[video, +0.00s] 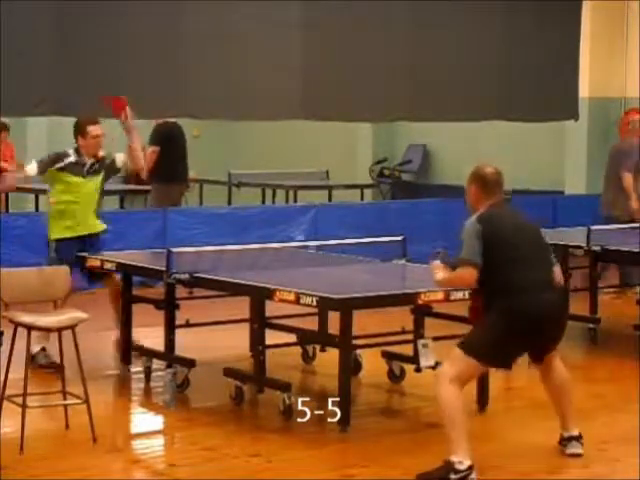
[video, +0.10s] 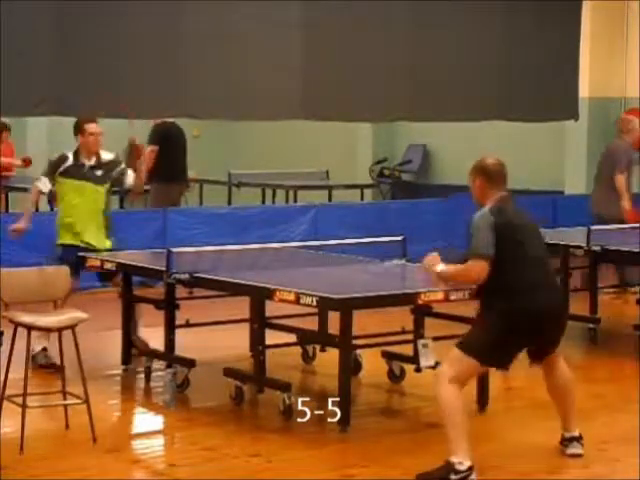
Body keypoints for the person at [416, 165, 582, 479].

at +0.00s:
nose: (466, 197)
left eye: (467, 191)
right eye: (467, 191)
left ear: (474, 191)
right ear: (500, 190)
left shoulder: (477, 223)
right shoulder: (526, 222)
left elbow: (469, 277)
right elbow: (557, 279)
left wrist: (442, 276)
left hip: (511, 311)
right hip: (552, 307)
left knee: (449, 377)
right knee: (548, 358)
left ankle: (459, 460)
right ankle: (571, 434)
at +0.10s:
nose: (470, 190)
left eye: (471, 185)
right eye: (470, 185)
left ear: (479, 183)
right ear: (503, 182)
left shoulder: (485, 218)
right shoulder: (523, 216)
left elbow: (477, 271)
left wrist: (440, 269)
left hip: (510, 311)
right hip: (551, 306)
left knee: (449, 377)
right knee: (551, 358)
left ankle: (460, 461)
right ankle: (571, 435)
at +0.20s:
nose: (479, 179)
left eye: (479, 173)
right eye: (481, 173)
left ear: (486, 173)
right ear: (510, 173)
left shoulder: (494, 209)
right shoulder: (526, 209)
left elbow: (482, 262)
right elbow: (517, 261)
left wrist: (438, 253)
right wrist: (455, 255)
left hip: (508, 311)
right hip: (548, 305)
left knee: (450, 375)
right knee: (549, 358)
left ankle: (460, 463)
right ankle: (572, 434)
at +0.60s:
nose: (478, 159)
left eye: (479, 154)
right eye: (480, 153)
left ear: (484, 159)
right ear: (513, 159)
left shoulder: (487, 201)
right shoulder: (533, 198)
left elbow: (460, 255)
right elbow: (524, 251)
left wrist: (429, 248)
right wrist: (469, 242)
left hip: (491, 309)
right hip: (532, 307)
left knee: (444, 366)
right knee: (537, 363)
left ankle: (463, 461)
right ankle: (570, 435)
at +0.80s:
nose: (472, 151)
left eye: (473, 146)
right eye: (477, 146)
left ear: (476, 148)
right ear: (508, 150)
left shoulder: (464, 187)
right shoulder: (529, 191)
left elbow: (438, 244)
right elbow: (548, 251)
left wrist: (435, 237)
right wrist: (518, 256)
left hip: (472, 295)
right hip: (520, 296)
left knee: (424, 365)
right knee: (543, 366)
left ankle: (439, 452)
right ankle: (562, 446)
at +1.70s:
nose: (451, 165)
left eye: (453, 159)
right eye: (453, 159)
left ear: (459, 158)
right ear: (483, 157)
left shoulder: (449, 188)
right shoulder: (512, 190)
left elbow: (433, 246)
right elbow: (535, 245)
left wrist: (460, 242)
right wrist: (507, 250)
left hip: (472, 285)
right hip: (518, 284)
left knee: (432, 362)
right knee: (534, 360)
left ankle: (418, 448)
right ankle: (545, 441)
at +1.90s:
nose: (386, 162)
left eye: (386, 157)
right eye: (388, 157)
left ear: (390, 155)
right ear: (413, 154)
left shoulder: (395, 175)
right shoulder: (426, 175)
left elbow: (395, 216)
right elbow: (425, 222)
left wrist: (379, 245)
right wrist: (394, 246)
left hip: (436, 265)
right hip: (454, 261)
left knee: (444, 346)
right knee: (421, 339)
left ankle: (476, 427)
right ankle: (410, 408)